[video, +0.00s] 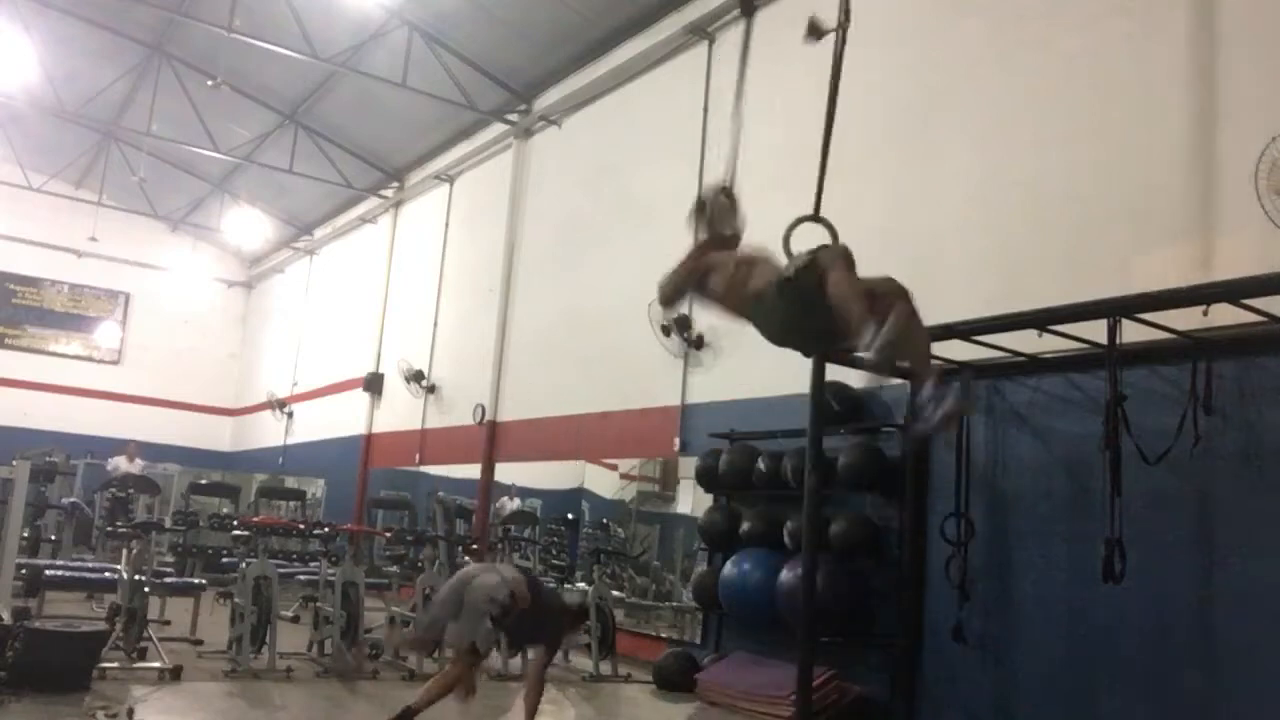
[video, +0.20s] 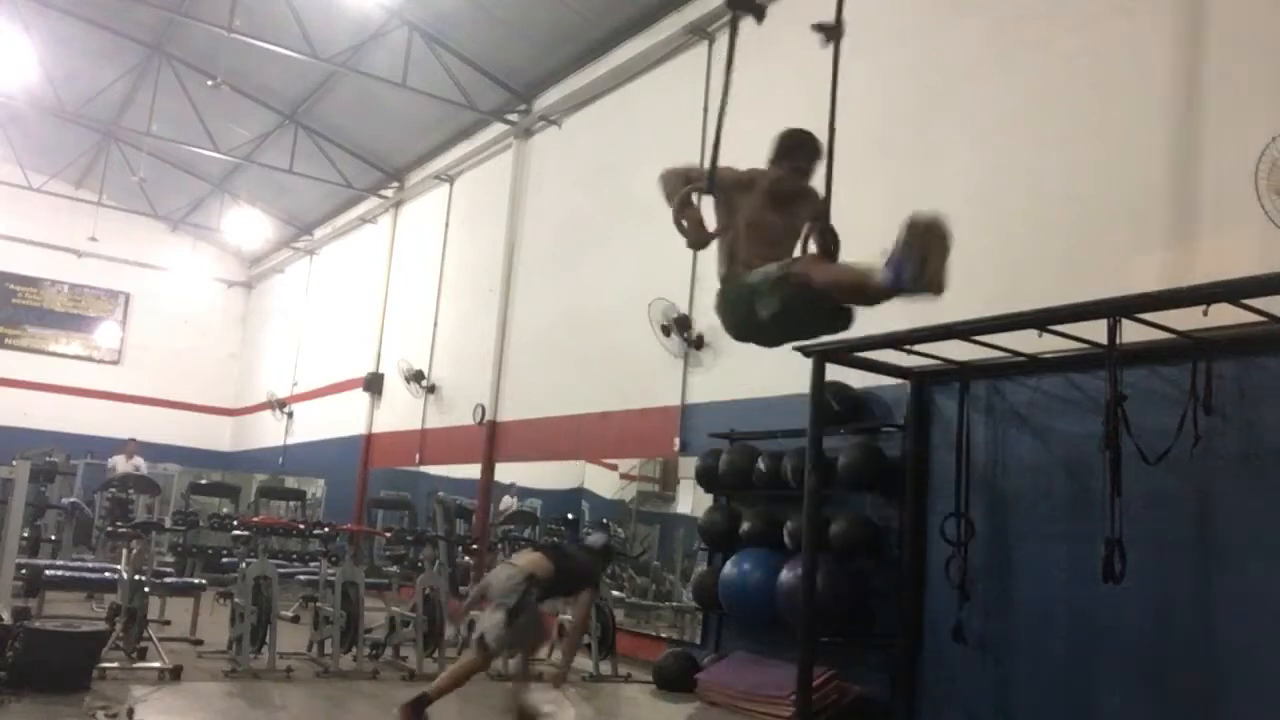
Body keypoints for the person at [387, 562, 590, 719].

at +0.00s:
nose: (574, 633)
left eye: (577, 629)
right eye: (577, 628)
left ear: (564, 603)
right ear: (576, 621)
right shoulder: (556, 619)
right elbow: (534, 676)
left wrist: (469, 675)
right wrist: (529, 717)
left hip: (472, 569)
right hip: (497, 585)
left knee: (423, 640)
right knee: (459, 668)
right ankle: (409, 711)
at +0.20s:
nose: (606, 567)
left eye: (606, 563)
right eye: (608, 562)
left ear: (586, 545)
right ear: (605, 557)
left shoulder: (563, 548)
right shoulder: (590, 571)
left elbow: (514, 563)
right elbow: (578, 625)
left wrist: (469, 599)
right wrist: (563, 670)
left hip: (499, 575)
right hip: (516, 587)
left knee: (534, 636)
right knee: (480, 658)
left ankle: (519, 704)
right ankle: (418, 704)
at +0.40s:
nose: (645, 537)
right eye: (645, 532)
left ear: (621, 522)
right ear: (642, 530)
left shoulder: (601, 534)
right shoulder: (630, 549)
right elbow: (620, 603)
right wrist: (615, 646)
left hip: (546, 584)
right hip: (559, 593)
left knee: (578, 647)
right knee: (550, 669)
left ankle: (562, 710)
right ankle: (486, 693)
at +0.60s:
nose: (680, 510)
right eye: (681, 505)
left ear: (661, 496)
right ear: (679, 504)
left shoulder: (639, 512)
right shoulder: (663, 523)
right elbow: (649, 571)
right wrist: (646, 614)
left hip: (582, 564)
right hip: (604, 571)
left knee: (585, 643)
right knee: (629, 637)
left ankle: (563, 704)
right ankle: (612, 704)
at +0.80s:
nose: (707, 507)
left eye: (707, 503)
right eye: (706, 503)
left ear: (682, 498)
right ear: (700, 503)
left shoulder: (666, 512)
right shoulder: (693, 523)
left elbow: (641, 547)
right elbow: (684, 569)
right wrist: (682, 615)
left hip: (630, 576)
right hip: (650, 582)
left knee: (629, 651)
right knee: (683, 649)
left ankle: (585, 691)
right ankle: (678, 712)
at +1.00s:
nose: (734, 483)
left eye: (734, 477)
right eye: (731, 478)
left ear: (705, 478)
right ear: (723, 479)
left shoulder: (693, 501)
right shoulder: (717, 507)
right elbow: (719, 547)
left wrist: (718, 563)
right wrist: (732, 567)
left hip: (667, 569)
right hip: (685, 573)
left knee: (679, 646)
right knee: (696, 648)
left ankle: (662, 705)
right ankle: (680, 710)